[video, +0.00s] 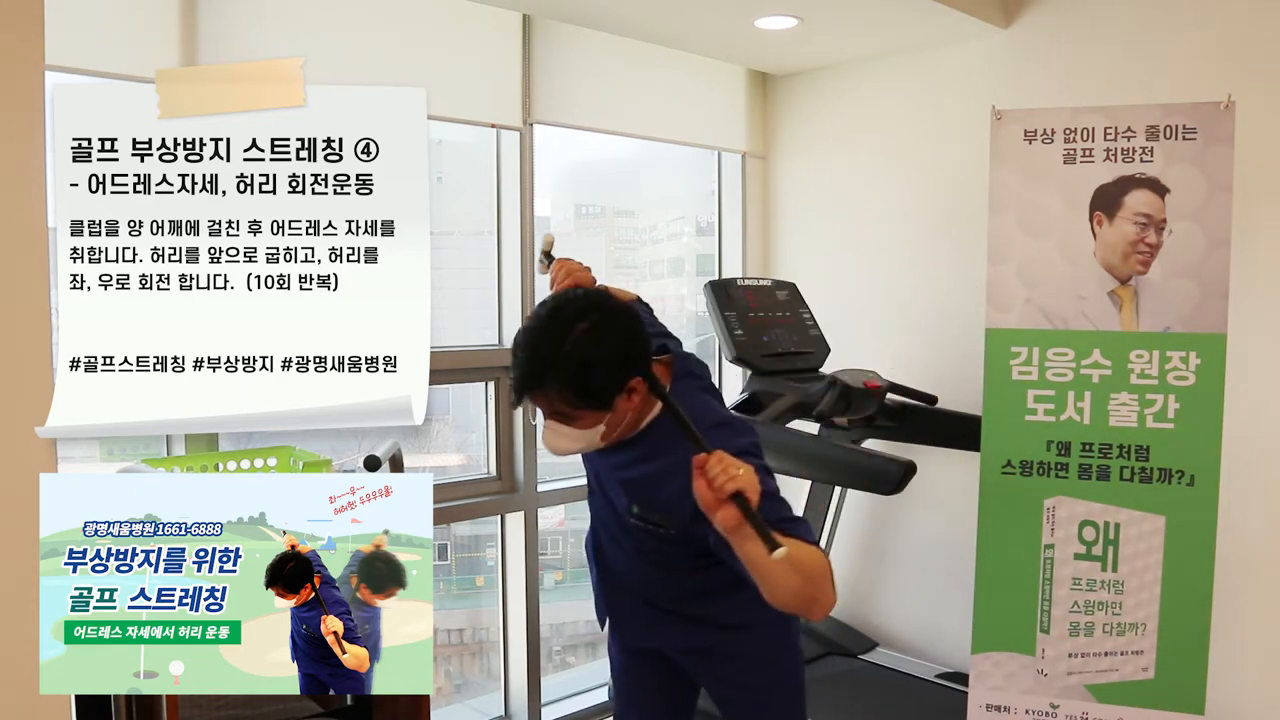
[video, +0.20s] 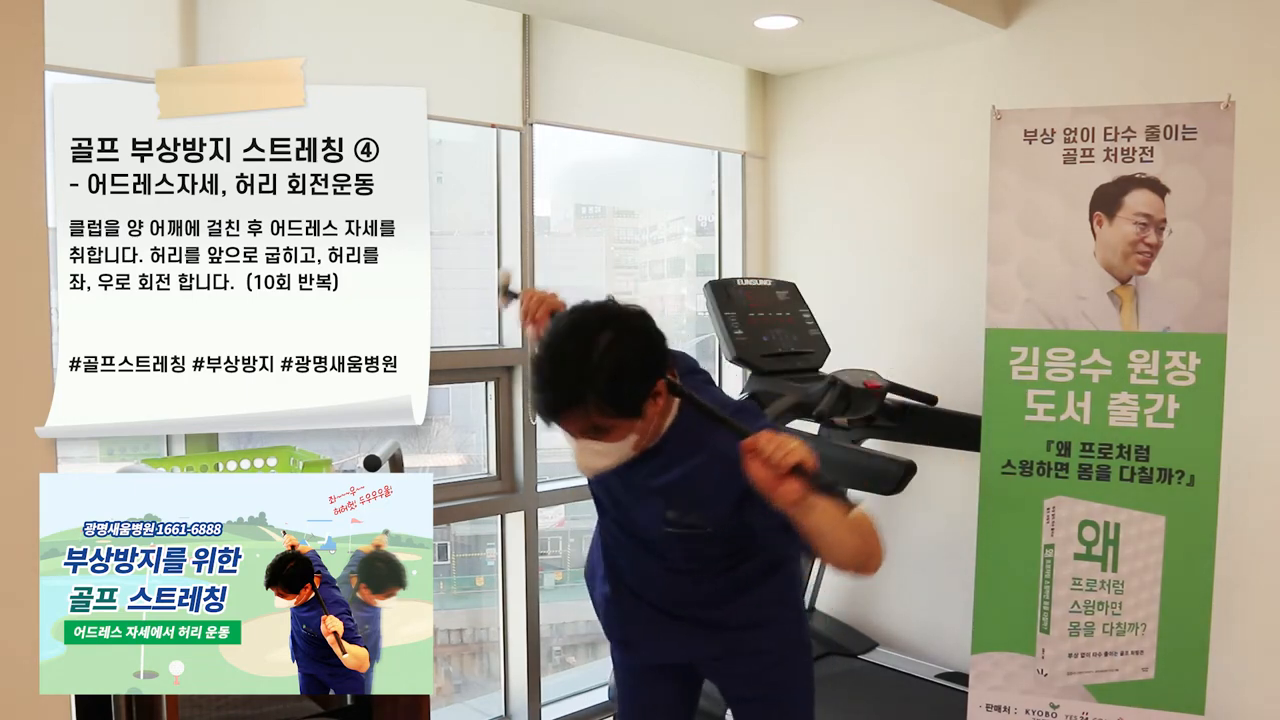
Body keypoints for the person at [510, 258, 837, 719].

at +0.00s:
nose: (567, 434)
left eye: (580, 422)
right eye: (555, 418)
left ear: (634, 393)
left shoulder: (716, 446)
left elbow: (817, 600)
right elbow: (632, 306)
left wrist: (740, 529)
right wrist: (591, 288)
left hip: (742, 641)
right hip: (642, 629)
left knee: (767, 712)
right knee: (640, 714)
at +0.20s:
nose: (581, 446)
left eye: (596, 433)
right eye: (572, 431)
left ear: (656, 400)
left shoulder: (741, 445)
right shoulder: (620, 385)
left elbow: (866, 556)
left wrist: (799, 501)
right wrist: (558, 333)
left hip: (756, 636)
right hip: (645, 629)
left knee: (778, 711)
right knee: (642, 711)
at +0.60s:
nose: (775, 464)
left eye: (786, 447)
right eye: (755, 454)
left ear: (800, 397)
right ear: (706, 429)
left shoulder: (821, 387)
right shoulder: (642, 431)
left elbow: (890, 385)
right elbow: (518, 497)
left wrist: (890, 358)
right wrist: (551, 470)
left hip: (788, 624)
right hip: (673, 631)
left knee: (795, 717)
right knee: (669, 718)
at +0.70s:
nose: (808, 456)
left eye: (818, 443)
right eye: (797, 446)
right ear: (739, 423)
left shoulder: (808, 389)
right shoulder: (664, 436)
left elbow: (865, 375)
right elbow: (536, 526)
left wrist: (878, 344)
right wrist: (587, 501)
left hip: (792, 619)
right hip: (682, 629)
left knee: (798, 713)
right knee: (677, 712)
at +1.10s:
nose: (918, 414)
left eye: (923, 405)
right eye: (918, 407)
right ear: (878, 411)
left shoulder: (789, 344)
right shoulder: (758, 465)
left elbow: (766, 309)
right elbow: (721, 622)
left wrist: (809, 289)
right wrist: (802, 552)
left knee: (796, 709)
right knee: (696, 708)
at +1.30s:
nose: (931, 403)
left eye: (937, 394)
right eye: (934, 395)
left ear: (856, 337)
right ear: (905, 405)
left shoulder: (786, 342)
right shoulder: (799, 475)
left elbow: (739, 309)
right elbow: (778, 629)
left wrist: (794, 284)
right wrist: (857, 544)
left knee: (795, 708)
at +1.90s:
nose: (939, 411)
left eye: (944, 400)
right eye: (937, 401)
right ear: (887, 398)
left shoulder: (819, 353)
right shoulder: (760, 438)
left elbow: (800, 322)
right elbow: (702, 587)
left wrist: (853, 304)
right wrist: (791, 518)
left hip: (789, 608)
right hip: (698, 631)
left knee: (797, 709)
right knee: (698, 710)